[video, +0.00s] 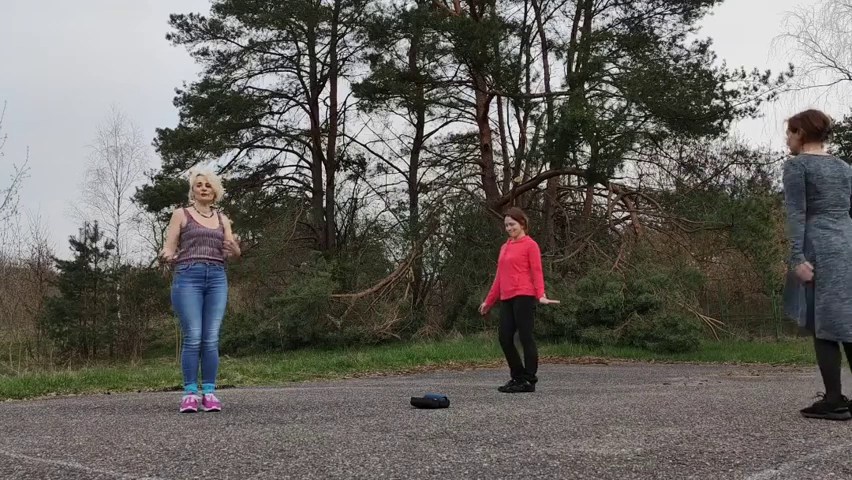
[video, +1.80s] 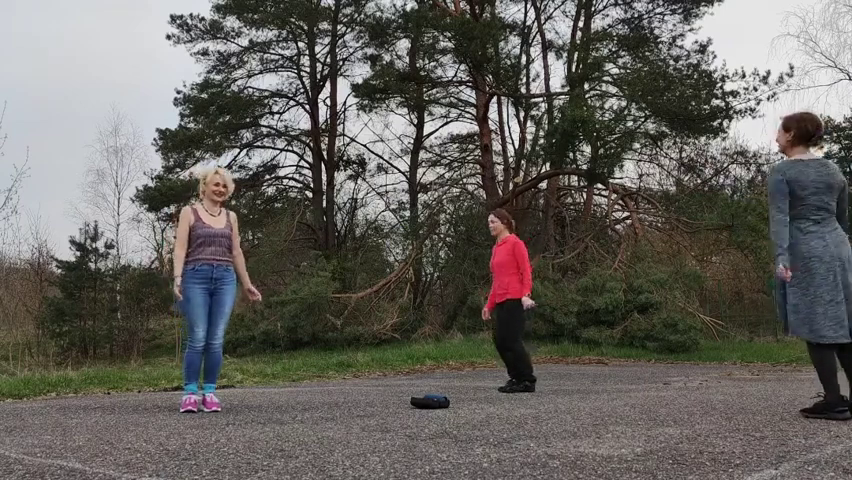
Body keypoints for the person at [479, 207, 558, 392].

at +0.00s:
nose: (509, 227)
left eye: (512, 224)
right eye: (507, 225)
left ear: (522, 223)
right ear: (505, 227)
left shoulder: (530, 245)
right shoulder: (505, 247)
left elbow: (537, 270)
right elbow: (499, 278)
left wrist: (541, 294)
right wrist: (488, 301)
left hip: (524, 296)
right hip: (506, 298)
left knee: (526, 337)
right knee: (505, 339)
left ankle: (529, 380)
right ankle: (518, 377)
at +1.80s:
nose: (490, 225)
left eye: (493, 222)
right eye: (489, 223)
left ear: (504, 223)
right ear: (491, 225)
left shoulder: (515, 243)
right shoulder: (496, 248)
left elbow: (526, 269)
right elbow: (497, 280)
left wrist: (526, 294)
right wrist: (488, 305)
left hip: (514, 299)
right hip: (500, 301)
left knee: (511, 340)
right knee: (501, 341)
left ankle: (527, 379)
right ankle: (516, 378)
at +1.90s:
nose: (487, 232)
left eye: (489, 227)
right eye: (485, 229)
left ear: (500, 225)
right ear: (489, 229)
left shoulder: (511, 245)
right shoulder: (495, 246)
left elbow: (516, 271)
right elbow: (498, 272)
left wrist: (509, 292)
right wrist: (492, 292)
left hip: (511, 300)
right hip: (496, 301)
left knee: (511, 340)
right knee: (487, 338)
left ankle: (527, 380)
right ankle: (506, 377)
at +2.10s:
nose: (473, 230)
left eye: (475, 225)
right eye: (472, 227)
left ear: (486, 222)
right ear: (480, 225)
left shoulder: (495, 240)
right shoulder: (488, 242)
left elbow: (480, 263)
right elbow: (501, 272)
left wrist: (456, 266)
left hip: (497, 298)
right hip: (485, 298)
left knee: (507, 336)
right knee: (472, 334)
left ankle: (525, 377)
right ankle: (467, 378)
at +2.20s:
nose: (465, 230)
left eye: (467, 226)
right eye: (464, 227)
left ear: (478, 223)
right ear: (475, 225)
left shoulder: (485, 241)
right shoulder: (482, 241)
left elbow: (468, 260)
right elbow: (495, 269)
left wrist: (442, 266)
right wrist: (502, 294)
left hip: (487, 298)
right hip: (475, 299)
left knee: (497, 336)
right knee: (466, 336)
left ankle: (521, 375)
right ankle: (467, 380)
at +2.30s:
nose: (456, 230)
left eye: (458, 226)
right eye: (455, 227)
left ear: (469, 224)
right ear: (468, 226)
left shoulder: (475, 244)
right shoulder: (475, 244)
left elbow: (457, 267)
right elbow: (484, 275)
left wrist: (434, 276)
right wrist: (487, 300)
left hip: (472, 300)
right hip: (466, 300)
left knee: (474, 340)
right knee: (463, 341)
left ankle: (509, 369)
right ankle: (468, 382)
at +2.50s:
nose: (437, 229)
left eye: (439, 225)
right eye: (436, 225)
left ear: (449, 224)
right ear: (446, 226)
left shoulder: (458, 244)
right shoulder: (445, 246)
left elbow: (456, 275)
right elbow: (440, 279)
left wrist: (450, 299)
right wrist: (427, 300)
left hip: (452, 300)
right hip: (443, 299)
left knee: (430, 335)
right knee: (456, 340)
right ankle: (467, 382)